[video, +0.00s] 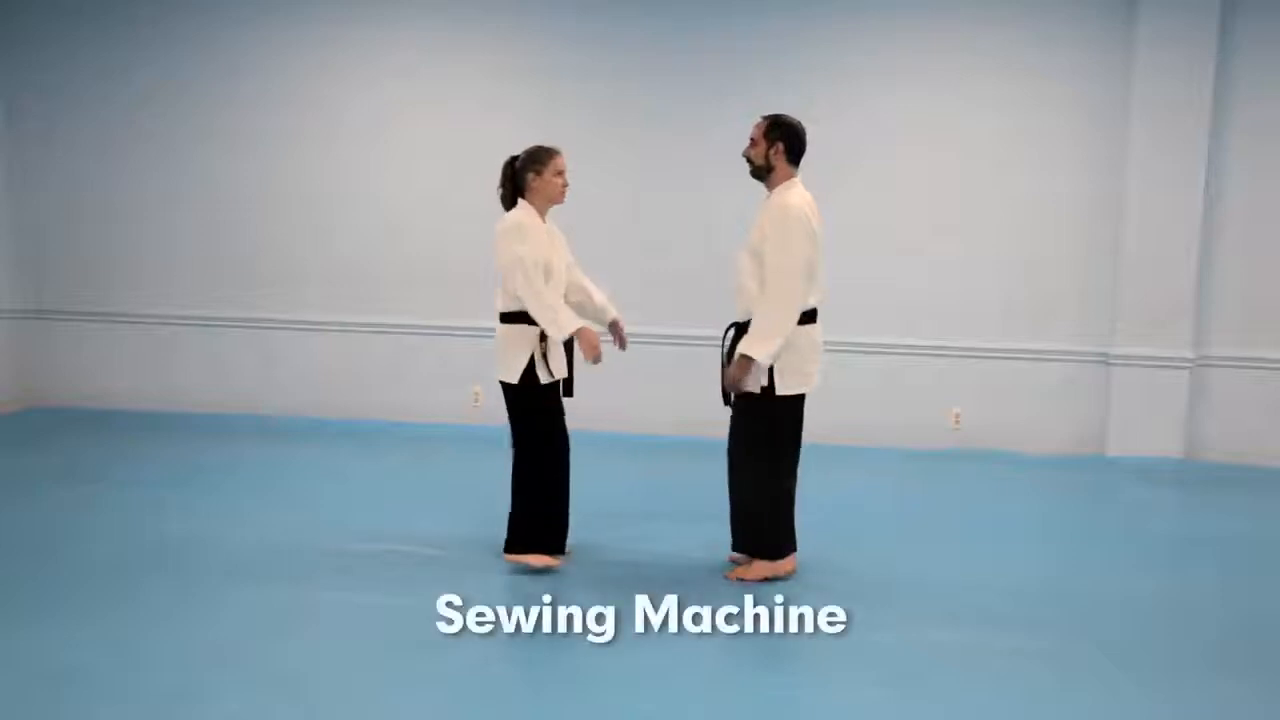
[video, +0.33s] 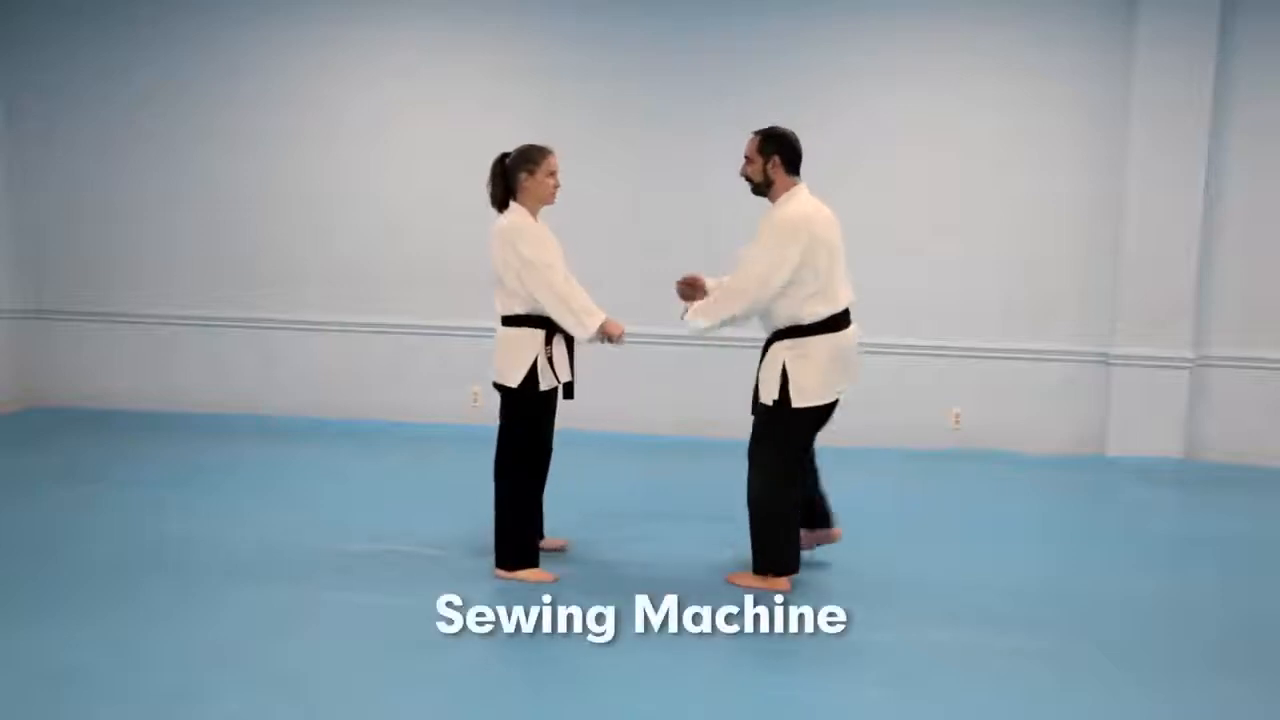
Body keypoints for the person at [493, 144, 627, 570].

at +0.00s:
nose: (566, 183)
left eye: (566, 175)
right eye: (558, 175)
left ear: (547, 181)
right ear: (532, 180)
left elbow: (573, 281)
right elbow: (530, 291)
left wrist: (607, 314)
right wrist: (577, 328)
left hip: (547, 351)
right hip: (523, 352)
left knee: (548, 447)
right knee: (540, 447)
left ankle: (544, 542)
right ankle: (524, 545)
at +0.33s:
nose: (557, 183)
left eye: (557, 175)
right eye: (550, 175)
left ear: (529, 182)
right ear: (523, 180)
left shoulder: (531, 226)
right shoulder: (518, 228)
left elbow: (561, 281)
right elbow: (550, 286)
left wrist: (598, 320)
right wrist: (597, 323)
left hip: (542, 350)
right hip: (527, 352)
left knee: (534, 452)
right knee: (521, 457)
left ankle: (528, 537)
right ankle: (512, 562)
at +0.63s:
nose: (550, 183)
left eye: (550, 175)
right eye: (543, 175)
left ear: (523, 182)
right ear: (516, 181)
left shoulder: (527, 227)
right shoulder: (508, 229)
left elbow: (559, 279)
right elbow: (543, 286)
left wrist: (596, 316)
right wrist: (592, 322)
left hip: (546, 353)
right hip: (525, 355)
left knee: (541, 452)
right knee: (519, 457)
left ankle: (534, 536)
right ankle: (511, 562)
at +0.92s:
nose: (549, 184)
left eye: (548, 176)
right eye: (542, 176)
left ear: (520, 183)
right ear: (515, 181)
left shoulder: (525, 228)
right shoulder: (506, 230)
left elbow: (560, 278)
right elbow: (541, 289)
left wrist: (596, 313)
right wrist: (591, 322)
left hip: (544, 353)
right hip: (525, 355)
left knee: (542, 453)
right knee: (521, 457)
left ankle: (534, 537)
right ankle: (511, 562)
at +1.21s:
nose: (549, 184)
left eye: (549, 176)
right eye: (542, 177)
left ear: (520, 183)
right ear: (515, 182)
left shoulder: (524, 227)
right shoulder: (507, 230)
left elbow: (560, 279)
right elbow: (542, 289)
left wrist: (595, 315)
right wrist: (591, 323)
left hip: (543, 353)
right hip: (525, 355)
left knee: (541, 453)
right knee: (521, 457)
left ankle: (533, 537)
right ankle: (511, 562)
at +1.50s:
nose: (553, 185)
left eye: (553, 177)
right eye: (546, 177)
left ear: (525, 183)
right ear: (519, 182)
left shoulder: (528, 228)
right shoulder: (511, 230)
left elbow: (562, 279)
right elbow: (544, 289)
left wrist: (598, 316)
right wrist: (594, 324)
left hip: (545, 352)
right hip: (526, 354)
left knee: (542, 452)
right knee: (521, 457)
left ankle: (534, 537)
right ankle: (510, 562)